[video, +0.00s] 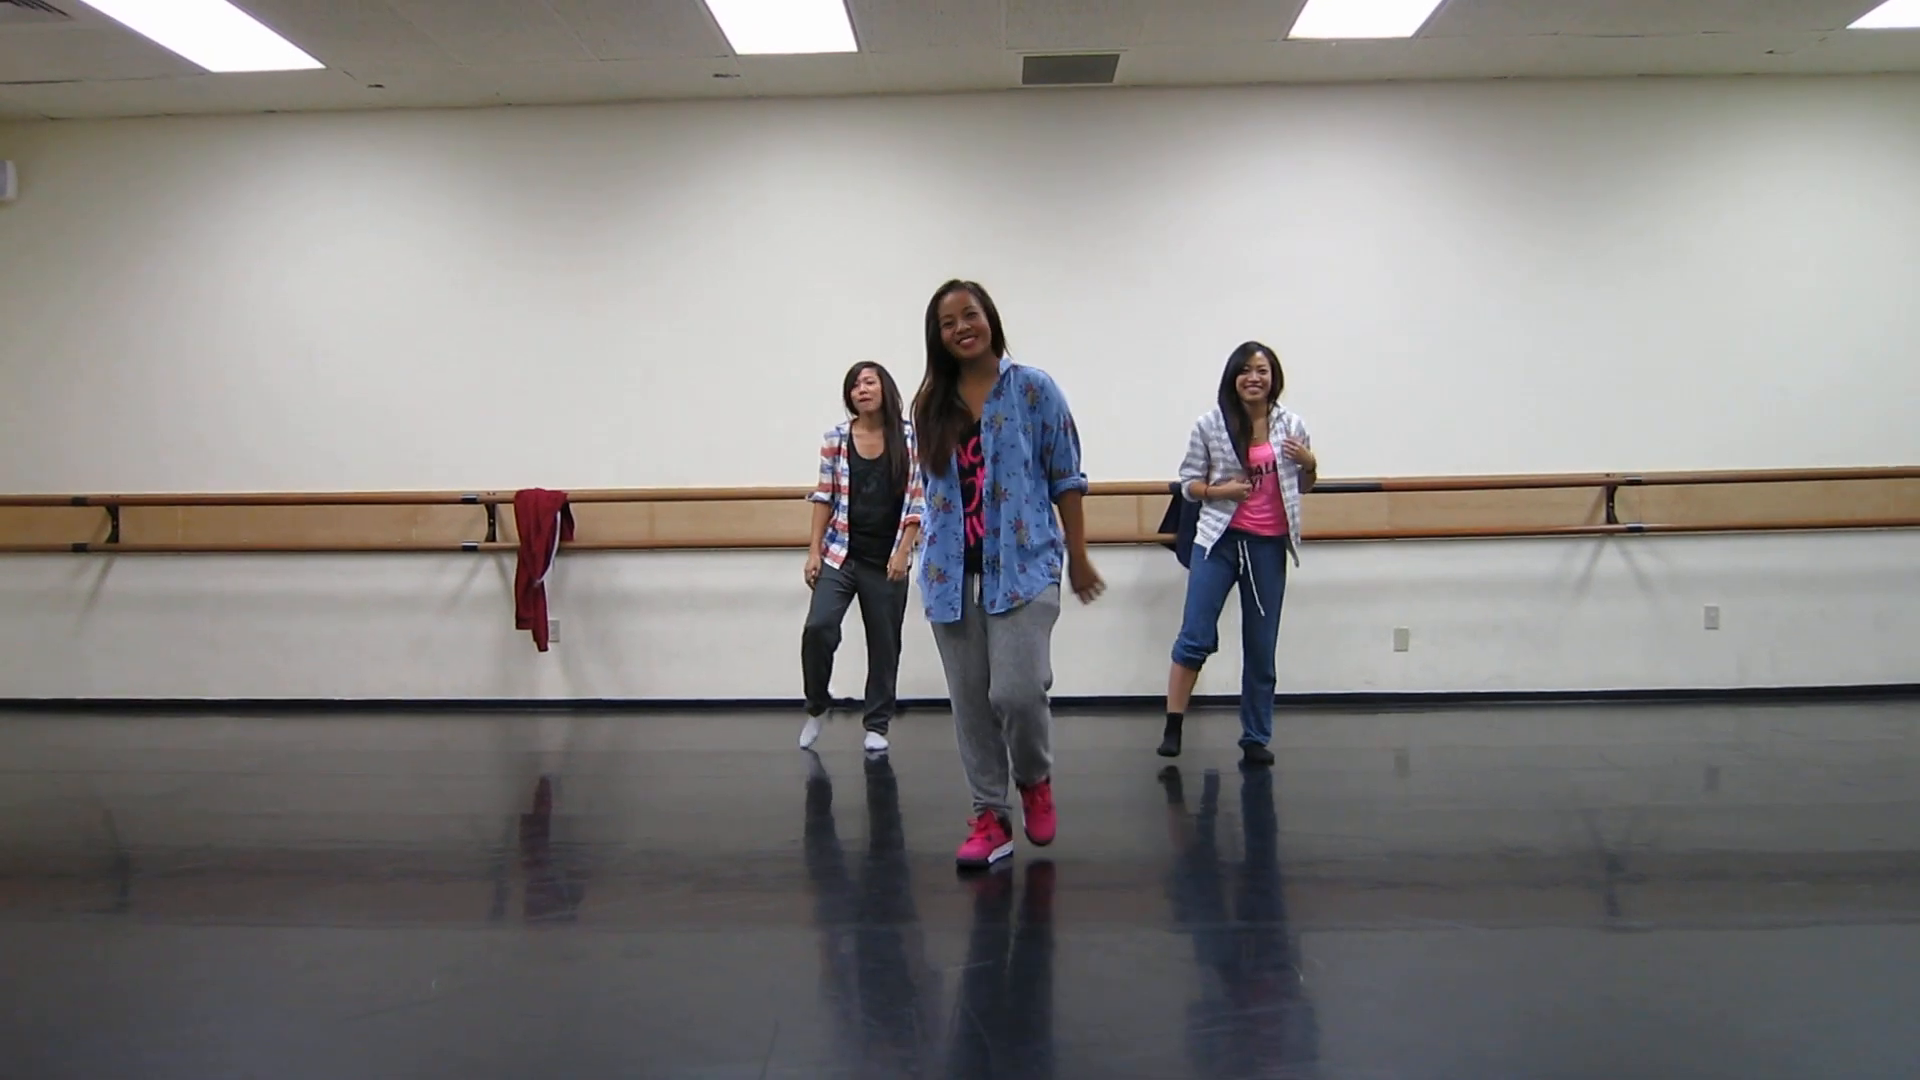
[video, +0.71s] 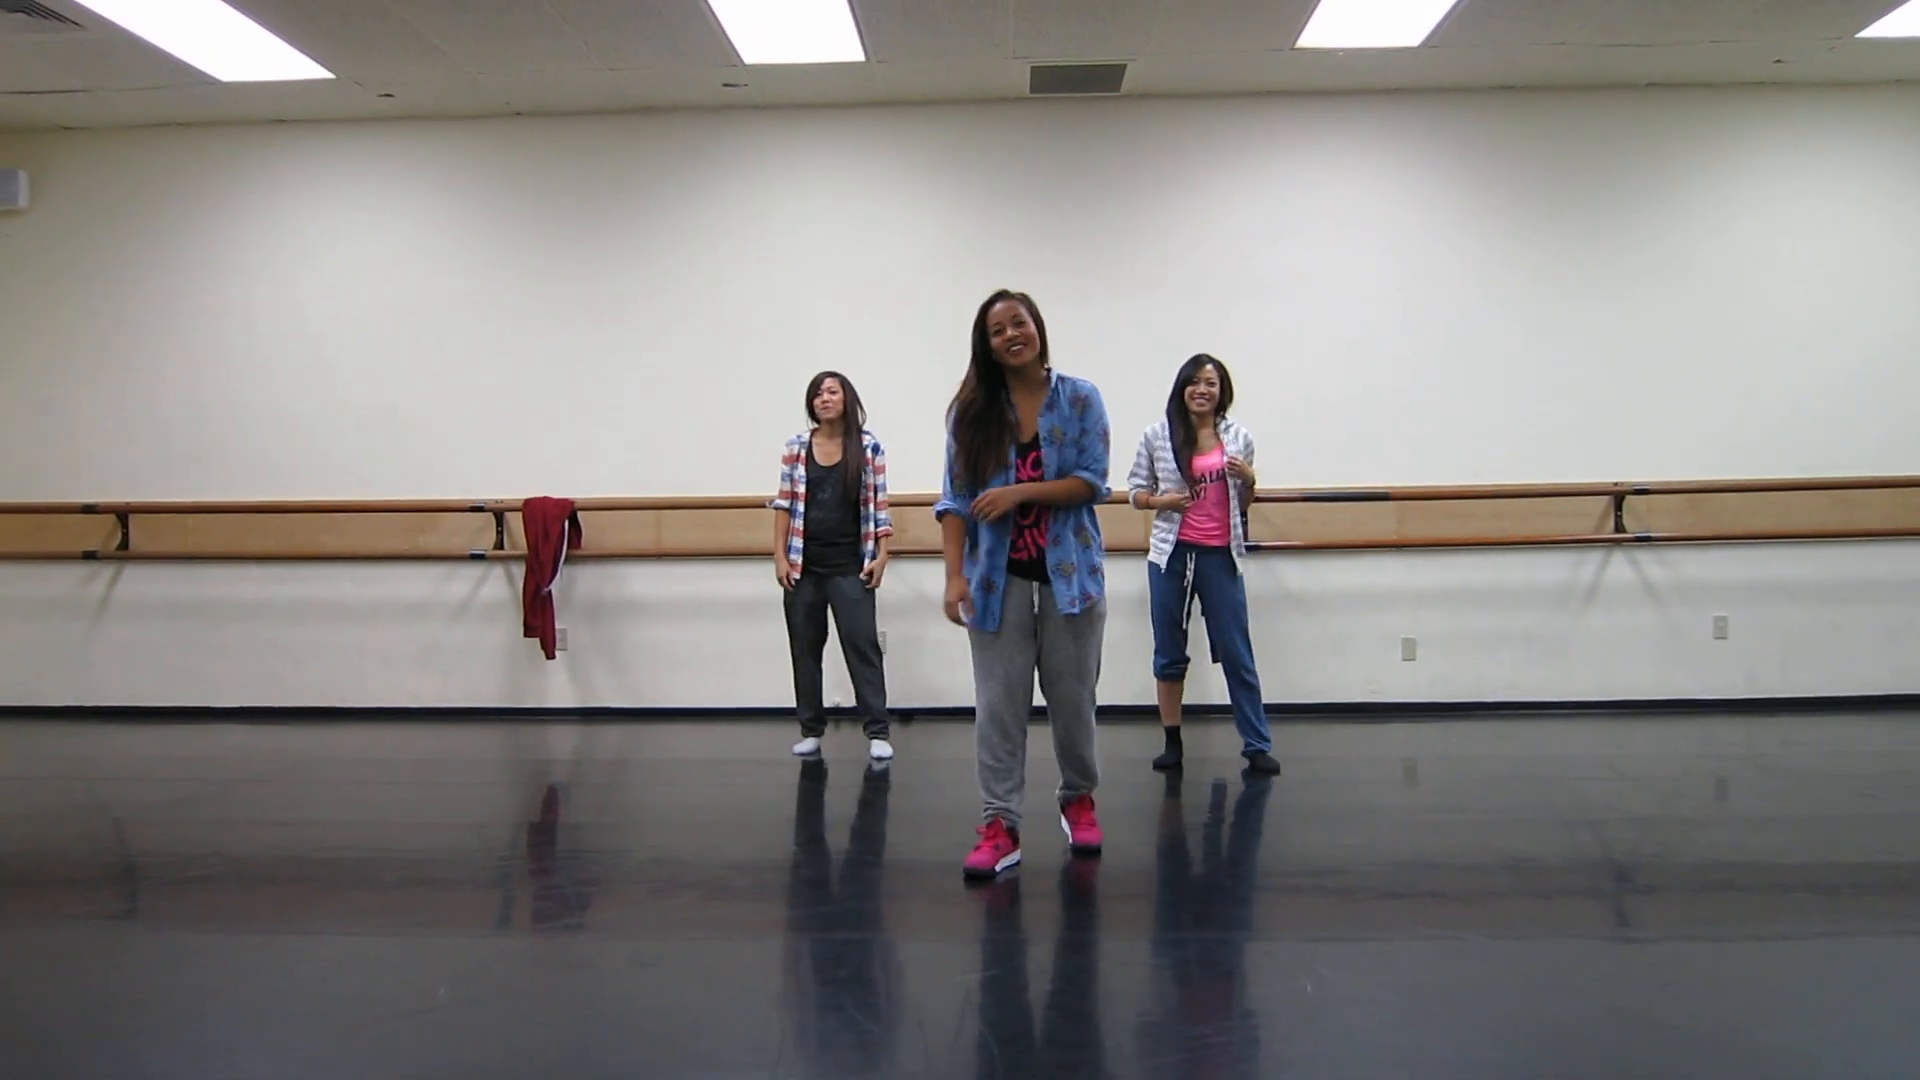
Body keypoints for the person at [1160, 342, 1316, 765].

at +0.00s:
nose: (1254, 377)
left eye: (1262, 371)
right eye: (1246, 371)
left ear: (1274, 378)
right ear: (1232, 378)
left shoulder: (1290, 423)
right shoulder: (1210, 426)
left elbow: (1303, 488)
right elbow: (1188, 486)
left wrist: (1309, 464)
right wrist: (1221, 489)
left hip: (1268, 543)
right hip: (1217, 539)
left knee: (1261, 648)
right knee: (1195, 634)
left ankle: (1256, 740)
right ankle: (1173, 726)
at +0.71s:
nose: (1201, 390)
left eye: (1210, 384)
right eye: (1193, 383)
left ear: (1222, 392)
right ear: (1180, 389)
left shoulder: (1237, 438)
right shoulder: (1157, 436)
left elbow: (1243, 503)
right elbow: (1137, 494)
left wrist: (1247, 479)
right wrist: (1164, 500)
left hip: (1219, 555)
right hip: (1169, 554)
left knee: (1236, 653)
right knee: (1169, 655)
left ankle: (1257, 747)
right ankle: (1171, 744)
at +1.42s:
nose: (1229, 395)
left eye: (1236, 388)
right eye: (1220, 389)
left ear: (1248, 397)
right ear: (1206, 398)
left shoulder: (1264, 445)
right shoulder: (1184, 447)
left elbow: (1274, 495)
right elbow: (1168, 507)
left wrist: (1275, 512)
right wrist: (1192, 545)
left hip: (1253, 562)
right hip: (1200, 561)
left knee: (1283, 657)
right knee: (1191, 658)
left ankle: (1307, 748)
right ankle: (1176, 753)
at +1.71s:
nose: (1276, 392)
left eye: (1283, 385)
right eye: (1268, 387)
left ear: (1295, 393)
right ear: (1254, 397)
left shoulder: (1313, 440)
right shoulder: (1236, 448)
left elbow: (1323, 491)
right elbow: (1226, 512)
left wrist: (1333, 504)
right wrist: (1223, 569)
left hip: (1306, 558)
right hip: (1256, 559)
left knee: (1308, 657)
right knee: (1228, 647)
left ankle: (1311, 747)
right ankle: (1200, 745)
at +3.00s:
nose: (1243, 396)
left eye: (1251, 390)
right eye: (1234, 390)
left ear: (1263, 399)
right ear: (1221, 400)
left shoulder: (1282, 448)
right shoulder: (1201, 449)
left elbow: (1296, 509)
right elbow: (1187, 512)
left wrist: (1305, 564)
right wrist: (1187, 569)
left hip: (1265, 567)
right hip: (1214, 566)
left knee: (1283, 661)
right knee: (1206, 665)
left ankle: (1297, 746)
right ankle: (1203, 754)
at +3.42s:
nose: (1233, 397)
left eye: (1240, 390)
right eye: (1223, 393)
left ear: (1253, 399)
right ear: (1210, 406)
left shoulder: (1275, 445)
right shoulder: (1198, 450)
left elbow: (1303, 484)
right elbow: (1171, 487)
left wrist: (1322, 512)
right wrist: (1156, 520)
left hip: (1262, 579)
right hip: (1209, 577)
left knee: (1270, 679)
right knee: (1201, 676)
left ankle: (1270, 780)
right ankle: (1200, 751)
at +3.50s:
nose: (1248, 393)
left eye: (1253, 386)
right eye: (1237, 388)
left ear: (1262, 398)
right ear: (1213, 404)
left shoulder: (1278, 438)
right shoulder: (1198, 451)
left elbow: (1301, 474)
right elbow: (1159, 496)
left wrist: (1332, 474)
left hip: (1268, 574)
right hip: (1214, 574)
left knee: (1275, 678)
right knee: (1217, 671)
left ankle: (1271, 777)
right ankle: (1216, 710)